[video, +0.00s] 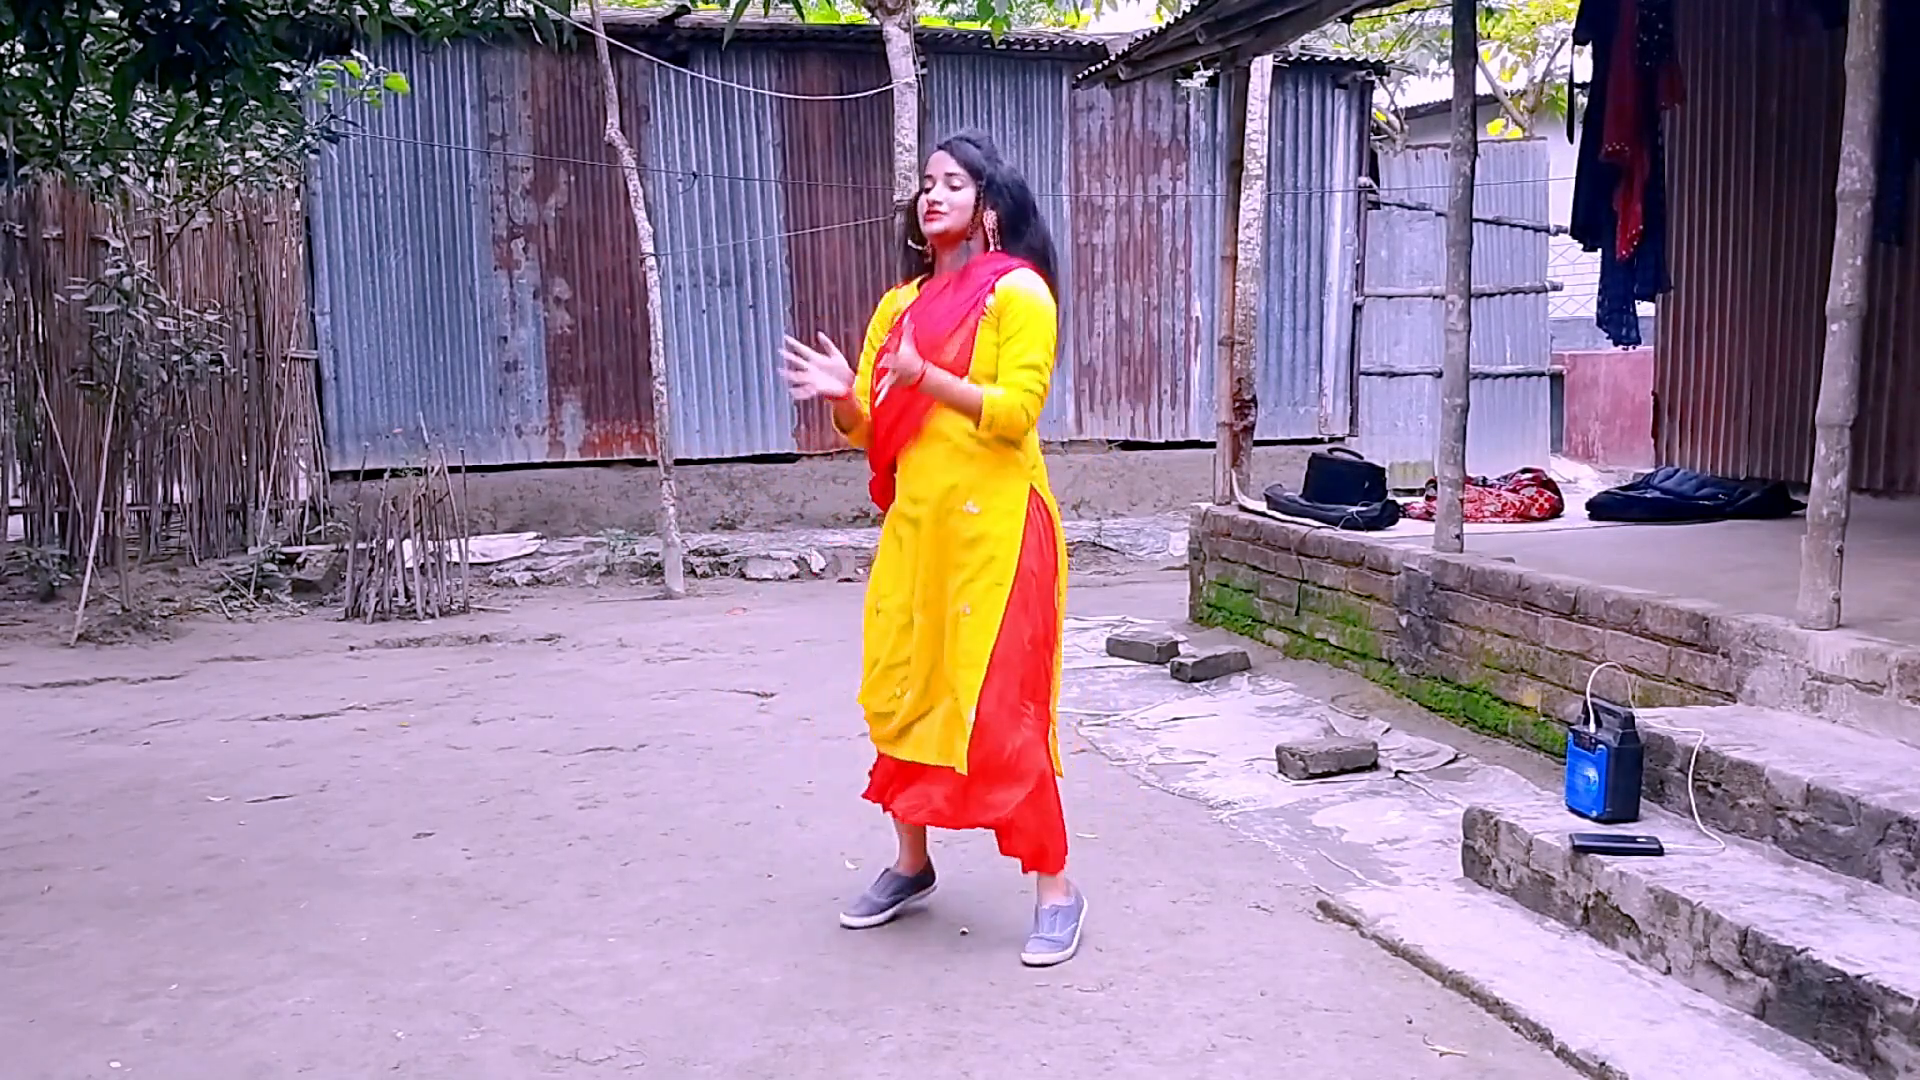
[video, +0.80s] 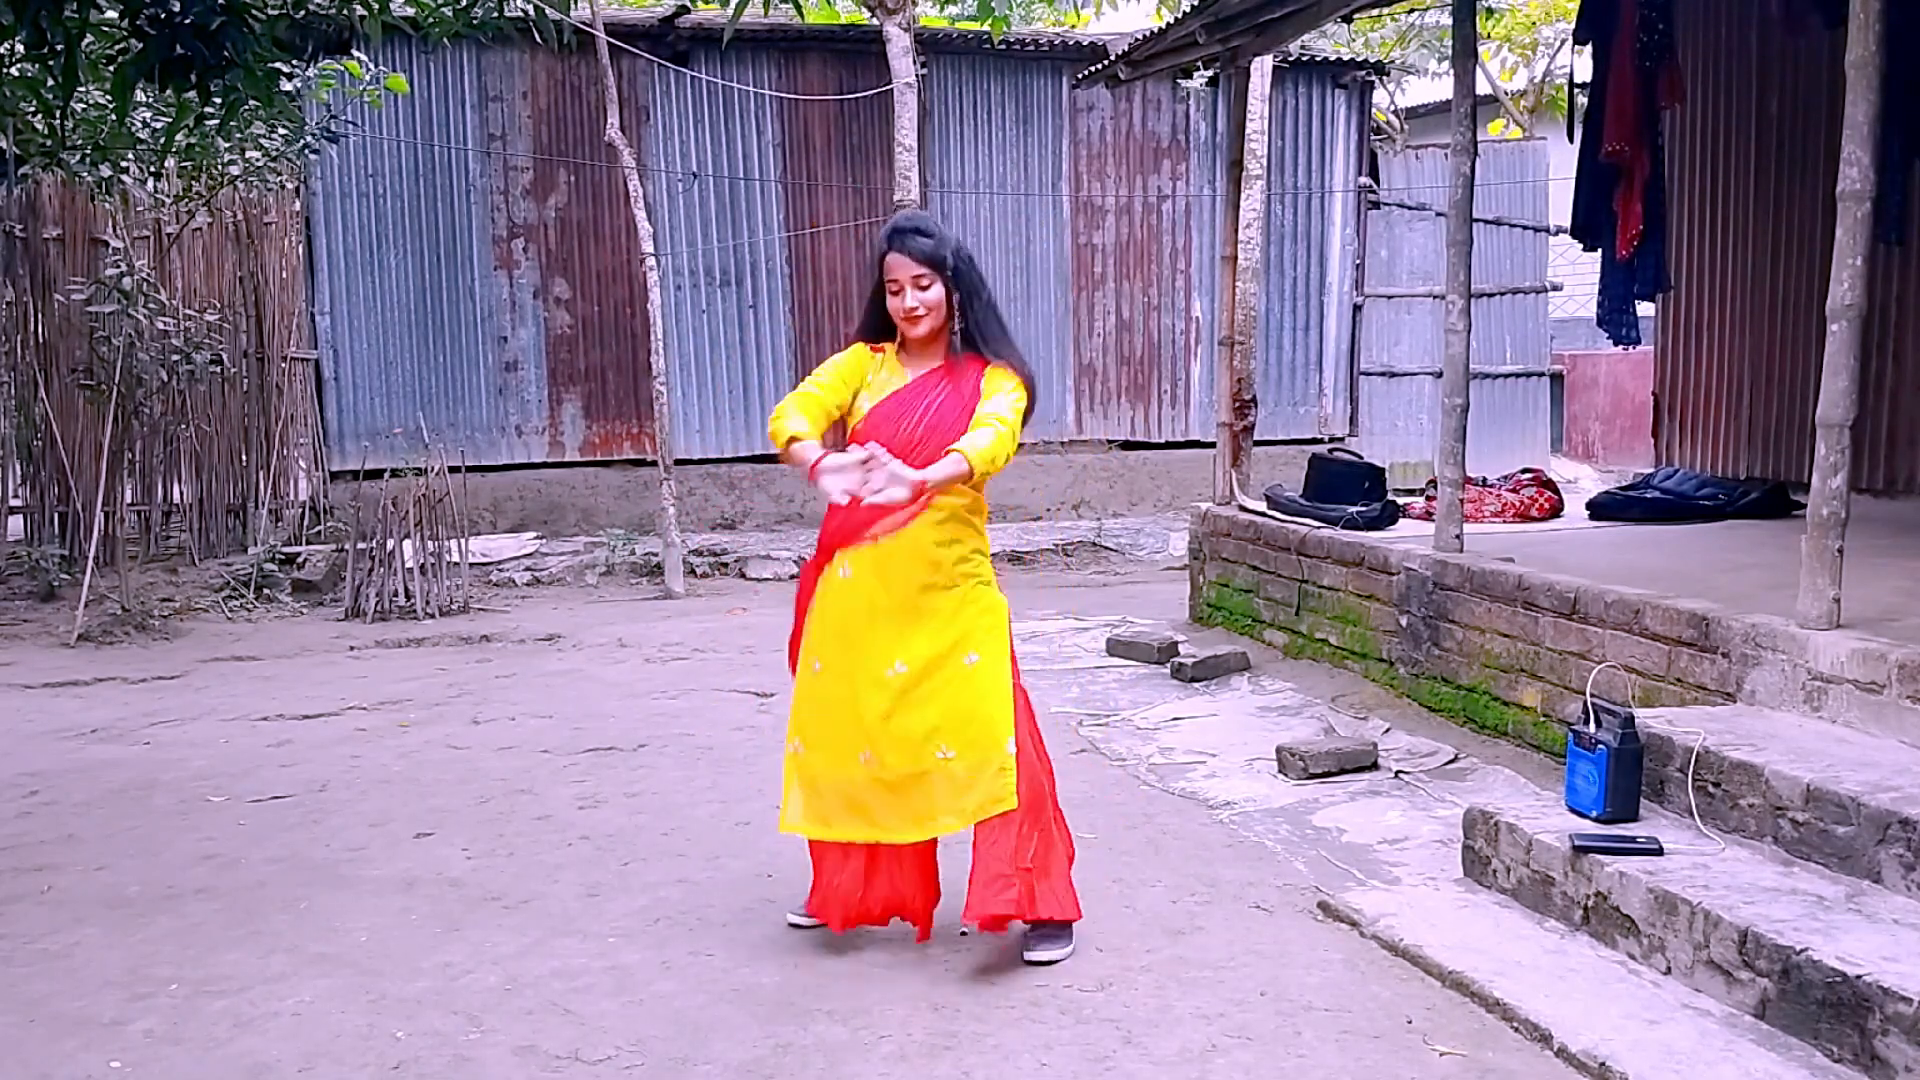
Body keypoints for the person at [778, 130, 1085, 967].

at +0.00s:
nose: (932, 195)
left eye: (950, 183)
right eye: (926, 185)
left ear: (989, 201)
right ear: (918, 206)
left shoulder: (1020, 292)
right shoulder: (896, 305)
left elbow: (1016, 413)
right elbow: (870, 432)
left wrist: (925, 375)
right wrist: (844, 395)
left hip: (1001, 520)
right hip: (914, 520)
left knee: (1000, 700)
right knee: (897, 687)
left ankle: (1052, 889)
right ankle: (913, 863)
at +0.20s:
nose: (929, 227)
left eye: (947, 215)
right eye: (920, 216)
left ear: (984, 230)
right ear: (912, 232)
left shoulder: (1020, 314)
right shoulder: (893, 323)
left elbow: (1041, 391)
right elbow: (818, 414)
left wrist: (940, 324)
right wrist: (864, 349)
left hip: (991, 544)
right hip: (905, 545)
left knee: (1013, 716)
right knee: (902, 702)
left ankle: (1057, 898)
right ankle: (913, 875)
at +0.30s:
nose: (920, 173)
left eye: (940, 157)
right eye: (911, 160)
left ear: (981, 175)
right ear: (901, 179)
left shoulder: (1008, 259)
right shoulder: (886, 264)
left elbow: (1062, 262)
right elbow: (804, 282)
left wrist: (975, 201)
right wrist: (869, 221)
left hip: (978, 482)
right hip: (888, 481)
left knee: (997, 671)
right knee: (867, 659)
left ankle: (1047, 867)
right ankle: (886, 839)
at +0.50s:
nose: (917, 251)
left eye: (933, 233)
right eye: (904, 238)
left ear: (966, 244)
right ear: (892, 253)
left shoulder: (988, 334)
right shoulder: (879, 332)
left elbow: (1028, 315)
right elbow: (847, 299)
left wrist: (1004, 249)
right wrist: (871, 240)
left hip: (977, 531)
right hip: (889, 534)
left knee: (985, 711)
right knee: (842, 698)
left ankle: (1049, 897)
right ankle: (857, 868)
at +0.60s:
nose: (914, 315)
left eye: (927, 300)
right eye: (902, 302)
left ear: (959, 300)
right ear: (891, 310)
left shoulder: (982, 391)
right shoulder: (869, 381)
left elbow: (1005, 382)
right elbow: (843, 374)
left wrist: (999, 349)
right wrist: (897, 333)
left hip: (977, 570)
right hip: (892, 576)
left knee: (994, 738)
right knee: (842, 726)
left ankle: (1050, 899)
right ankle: (851, 874)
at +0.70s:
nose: (912, 332)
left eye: (927, 317)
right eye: (899, 318)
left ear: (956, 325)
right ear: (886, 324)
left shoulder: (978, 406)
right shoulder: (852, 384)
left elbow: (1001, 429)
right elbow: (844, 392)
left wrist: (969, 414)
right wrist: (877, 406)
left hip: (973, 588)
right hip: (882, 596)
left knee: (1000, 745)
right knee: (847, 746)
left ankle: (1030, 913)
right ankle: (845, 903)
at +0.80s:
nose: (909, 302)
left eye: (923, 285)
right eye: (896, 290)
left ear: (954, 286)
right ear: (883, 297)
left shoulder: (994, 379)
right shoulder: (860, 364)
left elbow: (989, 446)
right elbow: (792, 414)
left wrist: (919, 476)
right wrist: (815, 460)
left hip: (951, 586)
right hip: (855, 585)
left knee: (1003, 735)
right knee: (844, 730)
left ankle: (1048, 902)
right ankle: (841, 885)